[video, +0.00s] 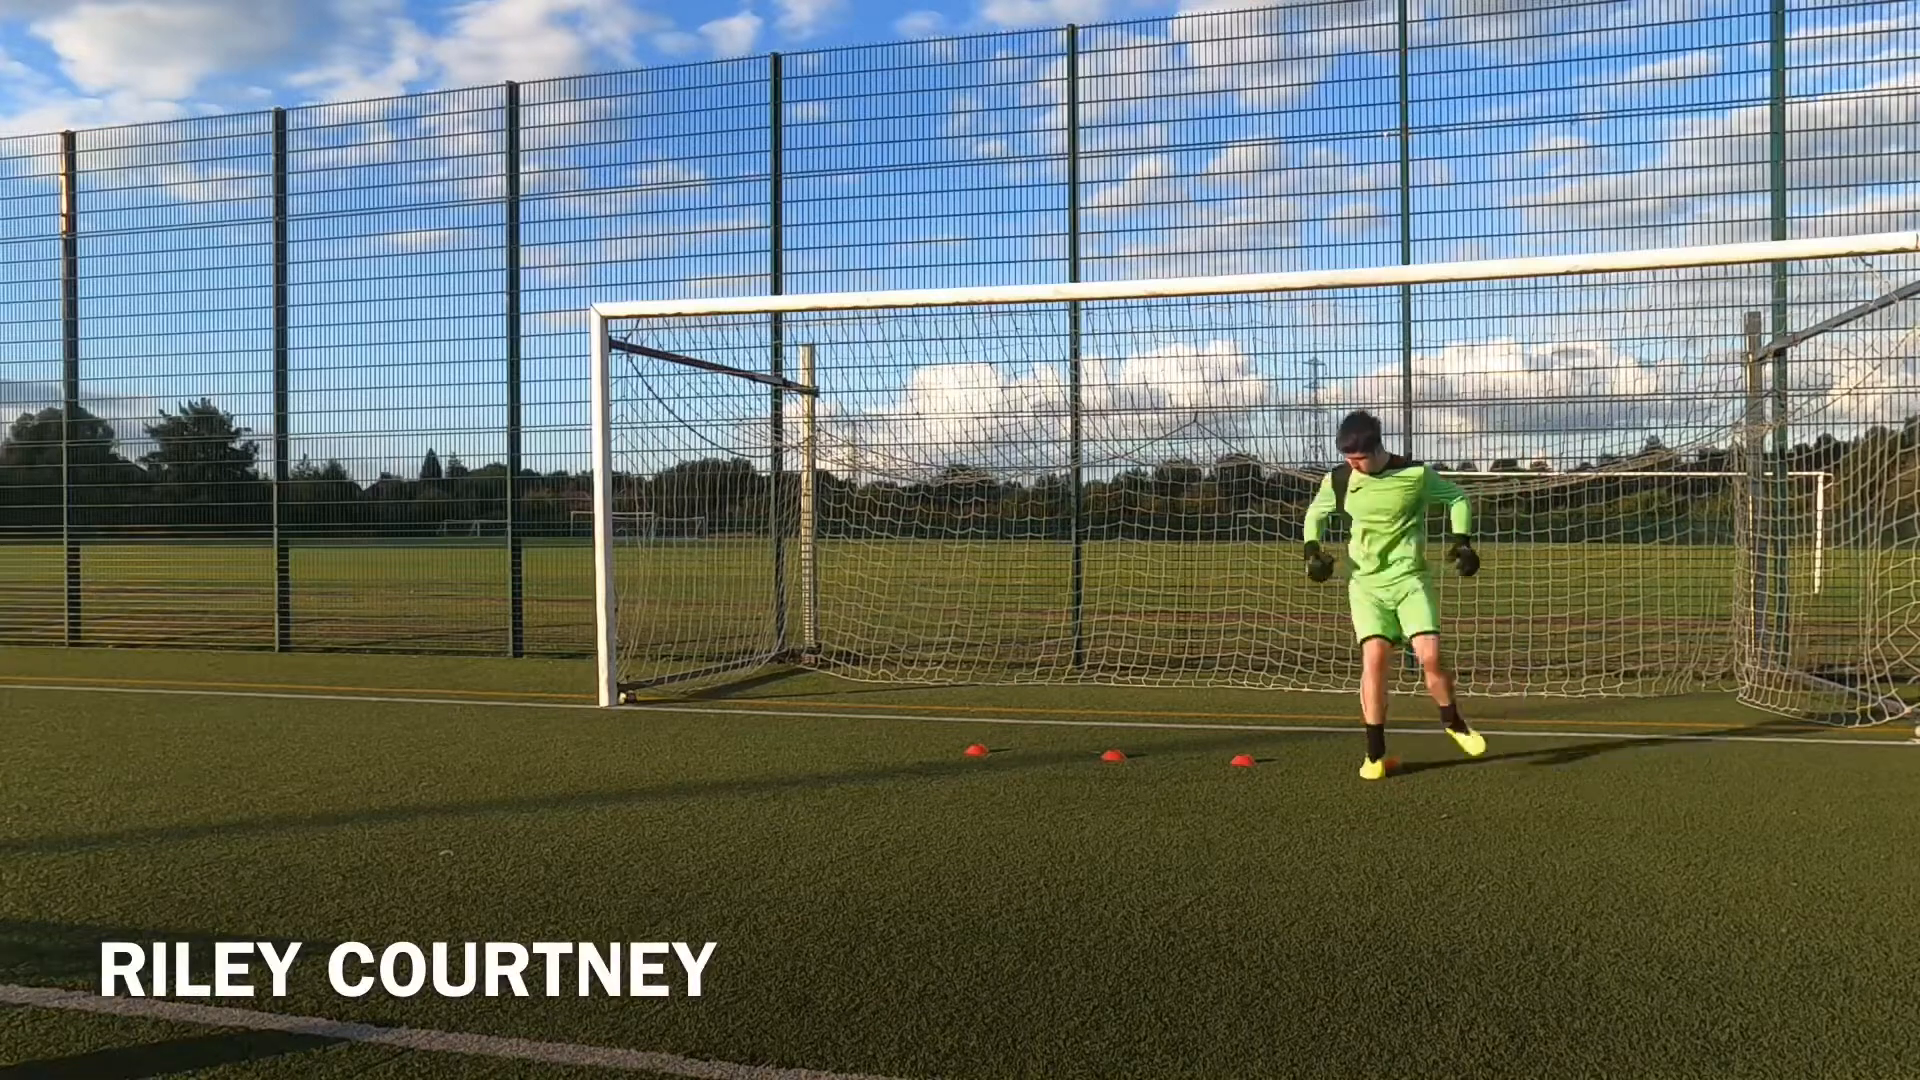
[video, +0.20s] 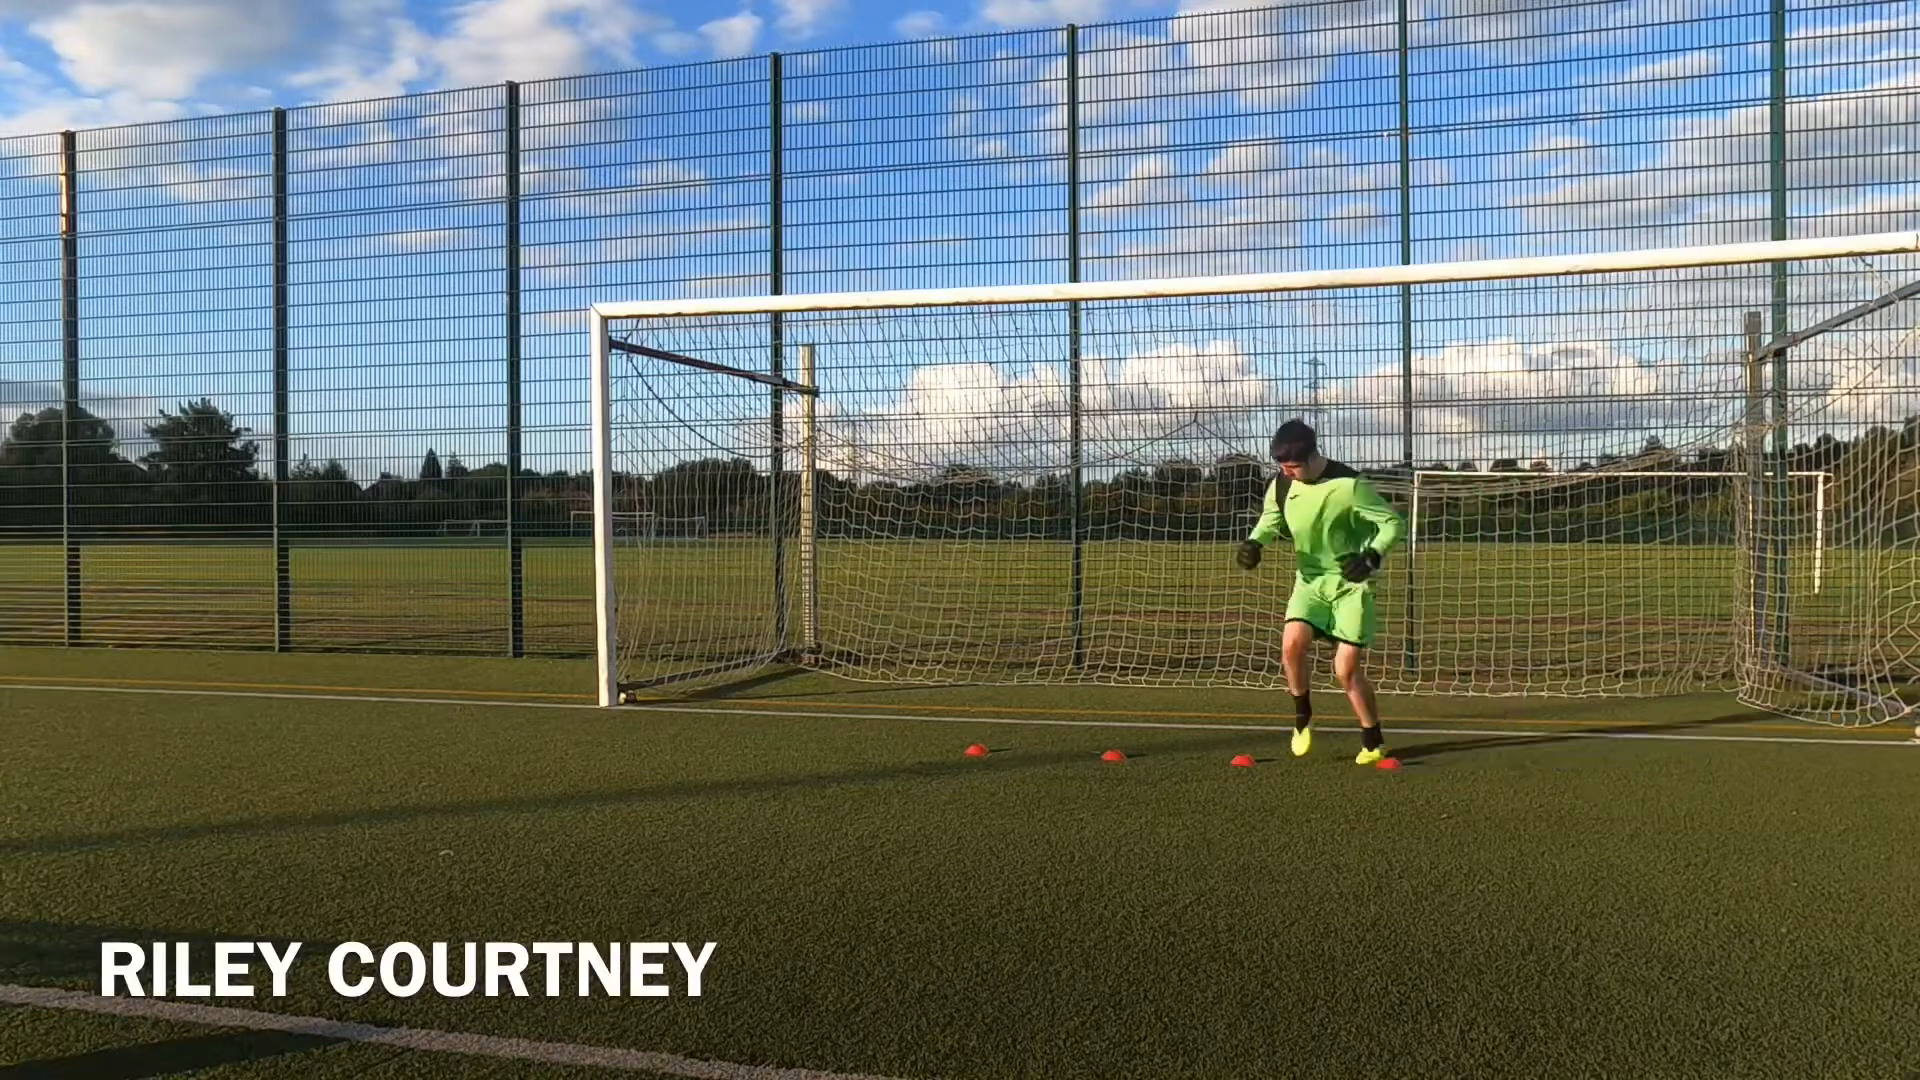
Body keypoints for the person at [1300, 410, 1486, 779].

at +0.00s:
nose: (1354, 463)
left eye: (1360, 456)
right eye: (1349, 456)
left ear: (1378, 447)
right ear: (1343, 452)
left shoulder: (1416, 476)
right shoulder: (1339, 480)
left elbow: (1457, 498)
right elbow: (1315, 514)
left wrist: (1461, 540)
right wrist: (1313, 548)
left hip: (1410, 581)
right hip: (1366, 585)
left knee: (1431, 655)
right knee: (1375, 654)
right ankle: (1375, 753)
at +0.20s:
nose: (1286, 470)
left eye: (1292, 463)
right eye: (1281, 463)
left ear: (1312, 455)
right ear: (1278, 459)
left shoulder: (1349, 486)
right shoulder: (1280, 487)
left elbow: (1392, 522)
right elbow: (1269, 524)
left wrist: (1372, 554)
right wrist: (1253, 544)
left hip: (1351, 583)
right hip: (1308, 583)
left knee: (1346, 670)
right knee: (1292, 645)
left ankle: (1373, 742)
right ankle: (1302, 717)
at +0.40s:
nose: (1206, 452)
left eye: (1210, 444)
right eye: (1202, 445)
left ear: (1231, 435)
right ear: (1204, 442)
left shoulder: (1274, 470)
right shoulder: (1213, 471)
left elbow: (1316, 500)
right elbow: (1209, 509)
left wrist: (1309, 546)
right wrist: (1199, 545)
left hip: (1273, 579)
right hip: (1235, 580)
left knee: (1264, 658)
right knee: (1235, 660)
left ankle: (1309, 700)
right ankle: (1253, 726)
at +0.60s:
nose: (1139, 459)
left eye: (1144, 450)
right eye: (1134, 452)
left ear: (1163, 445)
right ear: (1132, 452)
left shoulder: (1202, 485)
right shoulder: (1147, 485)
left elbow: (1241, 528)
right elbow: (1143, 525)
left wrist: (1232, 575)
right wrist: (1125, 558)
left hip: (1199, 584)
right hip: (1165, 581)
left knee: (1168, 660)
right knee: (1117, 639)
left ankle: (1197, 753)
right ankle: (1141, 720)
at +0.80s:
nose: (1091, 439)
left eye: (1097, 431)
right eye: (1084, 433)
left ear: (1113, 431)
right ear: (1078, 436)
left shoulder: (1137, 476)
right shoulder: (1071, 472)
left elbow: (1168, 525)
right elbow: (1056, 513)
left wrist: (1147, 552)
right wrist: (1054, 534)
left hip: (1120, 575)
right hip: (1079, 574)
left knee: (1111, 641)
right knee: (1072, 645)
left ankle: (1133, 727)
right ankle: (1084, 733)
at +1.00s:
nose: (1030, 438)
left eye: (1036, 432)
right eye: (1024, 432)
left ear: (1050, 435)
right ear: (1017, 438)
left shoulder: (1075, 485)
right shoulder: (1007, 483)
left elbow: (1103, 532)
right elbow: (999, 524)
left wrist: (1086, 559)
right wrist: (997, 541)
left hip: (1057, 593)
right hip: (1016, 584)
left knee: (1051, 670)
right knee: (987, 645)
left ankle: (1086, 722)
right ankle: (995, 686)